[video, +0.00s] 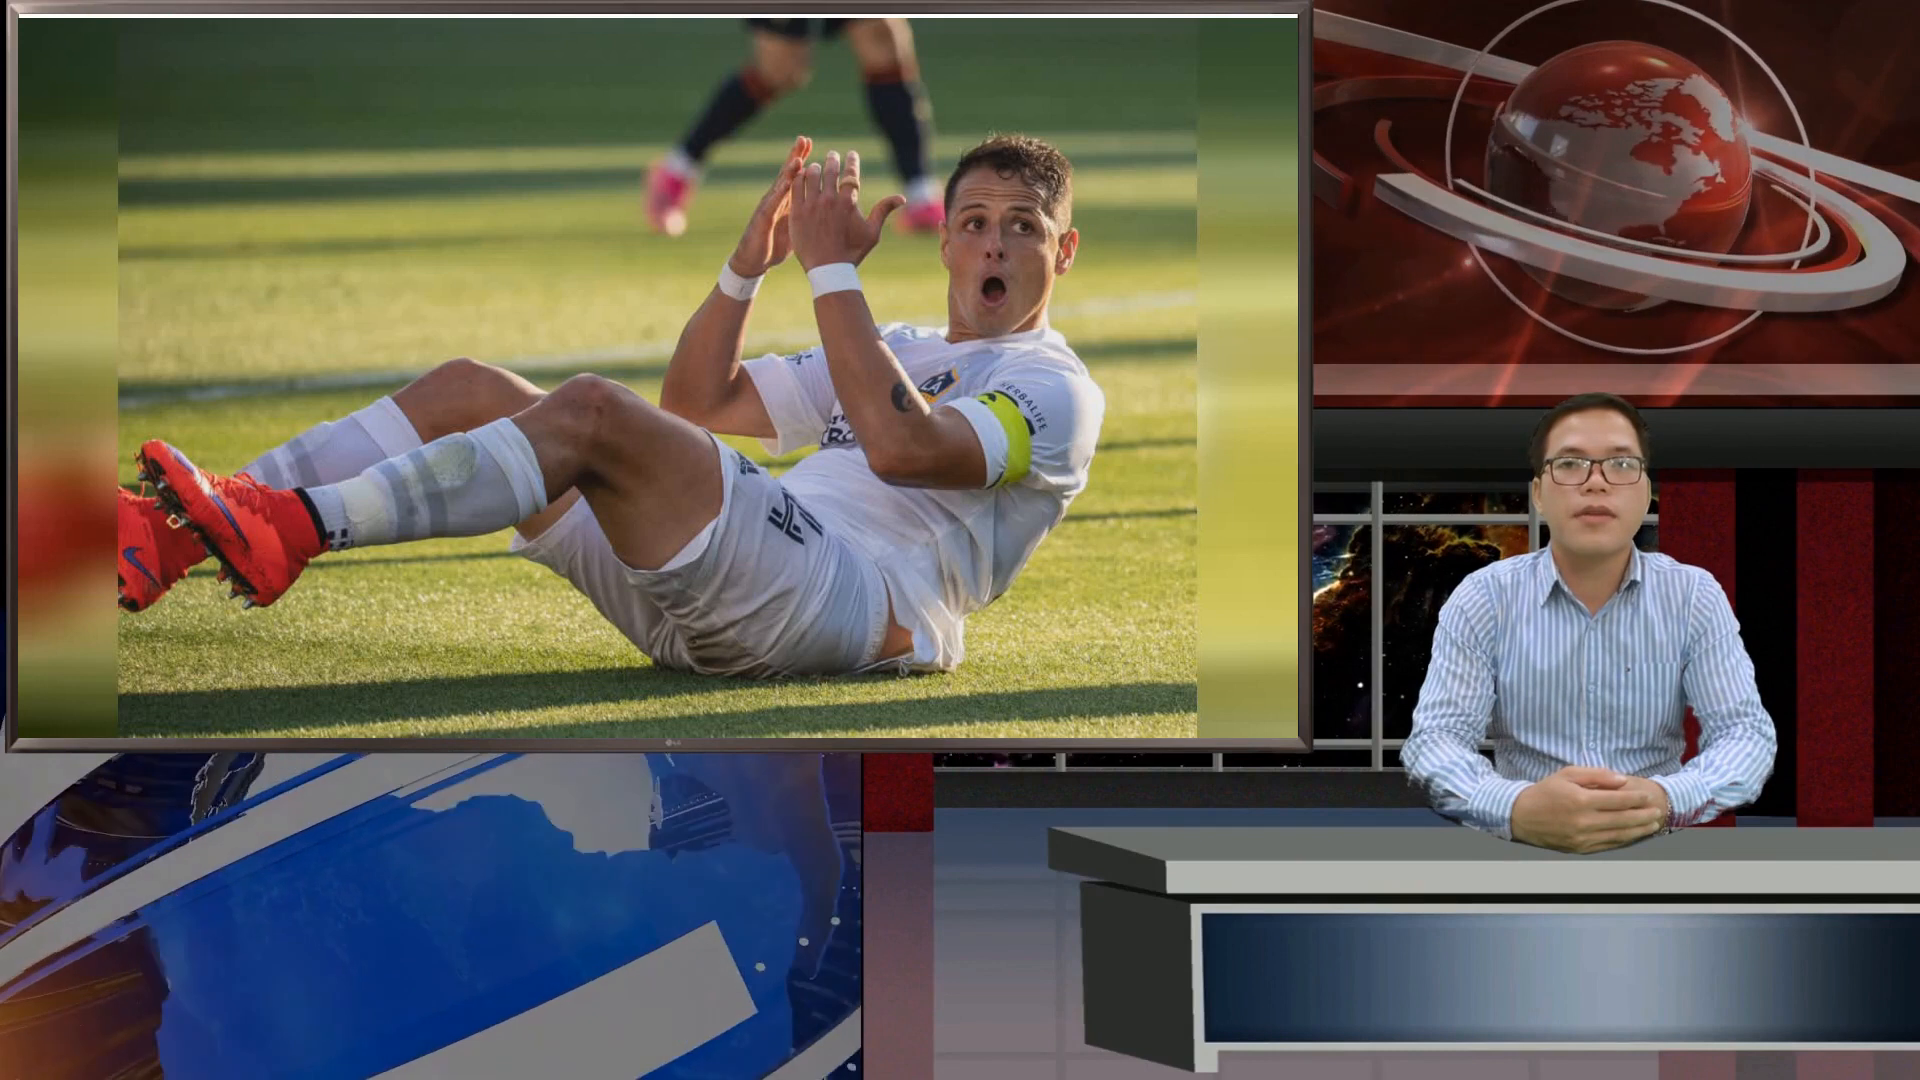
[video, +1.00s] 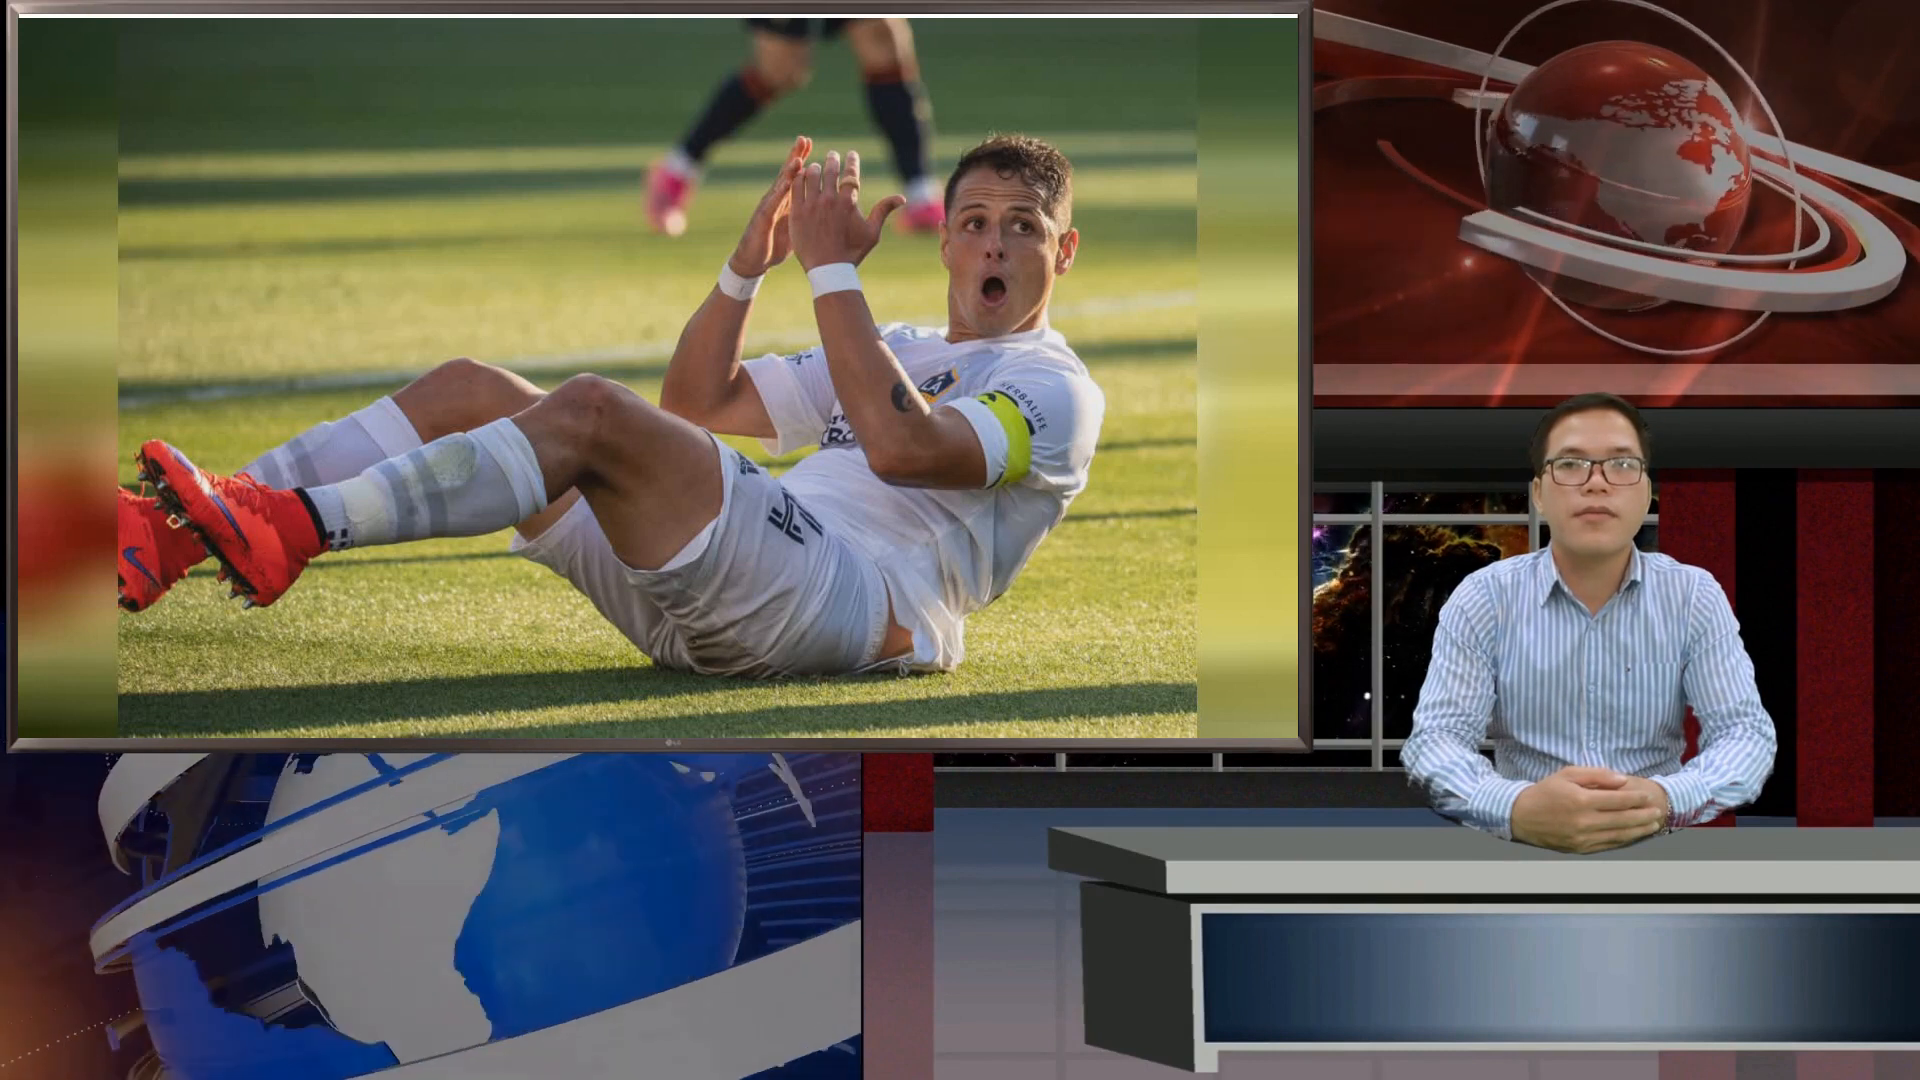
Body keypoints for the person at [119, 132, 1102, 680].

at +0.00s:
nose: (996, 245)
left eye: (1023, 229)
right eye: (976, 223)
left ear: (1066, 257)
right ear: (943, 241)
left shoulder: (1056, 389)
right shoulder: (892, 358)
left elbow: (901, 447)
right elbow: (695, 405)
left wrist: (833, 268)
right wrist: (746, 269)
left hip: (840, 604)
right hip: (732, 572)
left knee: (593, 413)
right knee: (468, 389)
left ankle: (300, 524)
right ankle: (175, 541)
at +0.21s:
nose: (996, 246)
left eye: (1023, 229)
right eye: (976, 223)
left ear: (1066, 257)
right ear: (943, 241)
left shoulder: (1056, 389)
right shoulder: (892, 358)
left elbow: (901, 447)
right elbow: (695, 405)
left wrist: (833, 268)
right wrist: (746, 269)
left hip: (840, 604)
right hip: (733, 573)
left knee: (593, 413)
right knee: (468, 389)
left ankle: (300, 524)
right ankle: (176, 541)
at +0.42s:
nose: (996, 246)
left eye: (1023, 229)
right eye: (977, 223)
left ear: (1066, 257)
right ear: (943, 241)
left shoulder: (1056, 389)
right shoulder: (892, 358)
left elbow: (901, 447)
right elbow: (695, 405)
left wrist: (833, 268)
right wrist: (747, 269)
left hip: (841, 604)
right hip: (732, 573)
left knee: (593, 413)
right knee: (467, 389)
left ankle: (300, 524)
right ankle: (175, 541)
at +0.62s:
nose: (996, 246)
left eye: (1023, 229)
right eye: (977, 223)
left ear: (1066, 257)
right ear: (943, 241)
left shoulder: (1056, 389)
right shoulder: (892, 358)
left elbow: (901, 447)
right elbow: (695, 405)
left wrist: (833, 268)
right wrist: (746, 269)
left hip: (840, 604)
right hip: (732, 573)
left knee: (593, 413)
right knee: (467, 389)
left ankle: (300, 524)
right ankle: (175, 541)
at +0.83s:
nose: (996, 246)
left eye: (1023, 229)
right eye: (977, 223)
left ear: (1066, 257)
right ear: (943, 241)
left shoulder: (1056, 389)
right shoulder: (892, 358)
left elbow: (901, 447)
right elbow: (695, 405)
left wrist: (833, 268)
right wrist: (747, 269)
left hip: (840, 604)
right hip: (732, 572)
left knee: (593, 413)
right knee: (467, 389)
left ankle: (300, 524)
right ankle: (175, 541)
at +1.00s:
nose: (996, 246)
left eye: (1023, 230)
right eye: (976, 223)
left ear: (1066, 257)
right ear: (943, 241)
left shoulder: (1056, 389)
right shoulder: (892, 358)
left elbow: (901, 447)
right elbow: (695, 405)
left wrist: (833, 268)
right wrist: (747, 269)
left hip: (840, 604)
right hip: (732, 572)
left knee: (593, 413)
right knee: (468, 389)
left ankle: (300, 524)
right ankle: (175, 541)